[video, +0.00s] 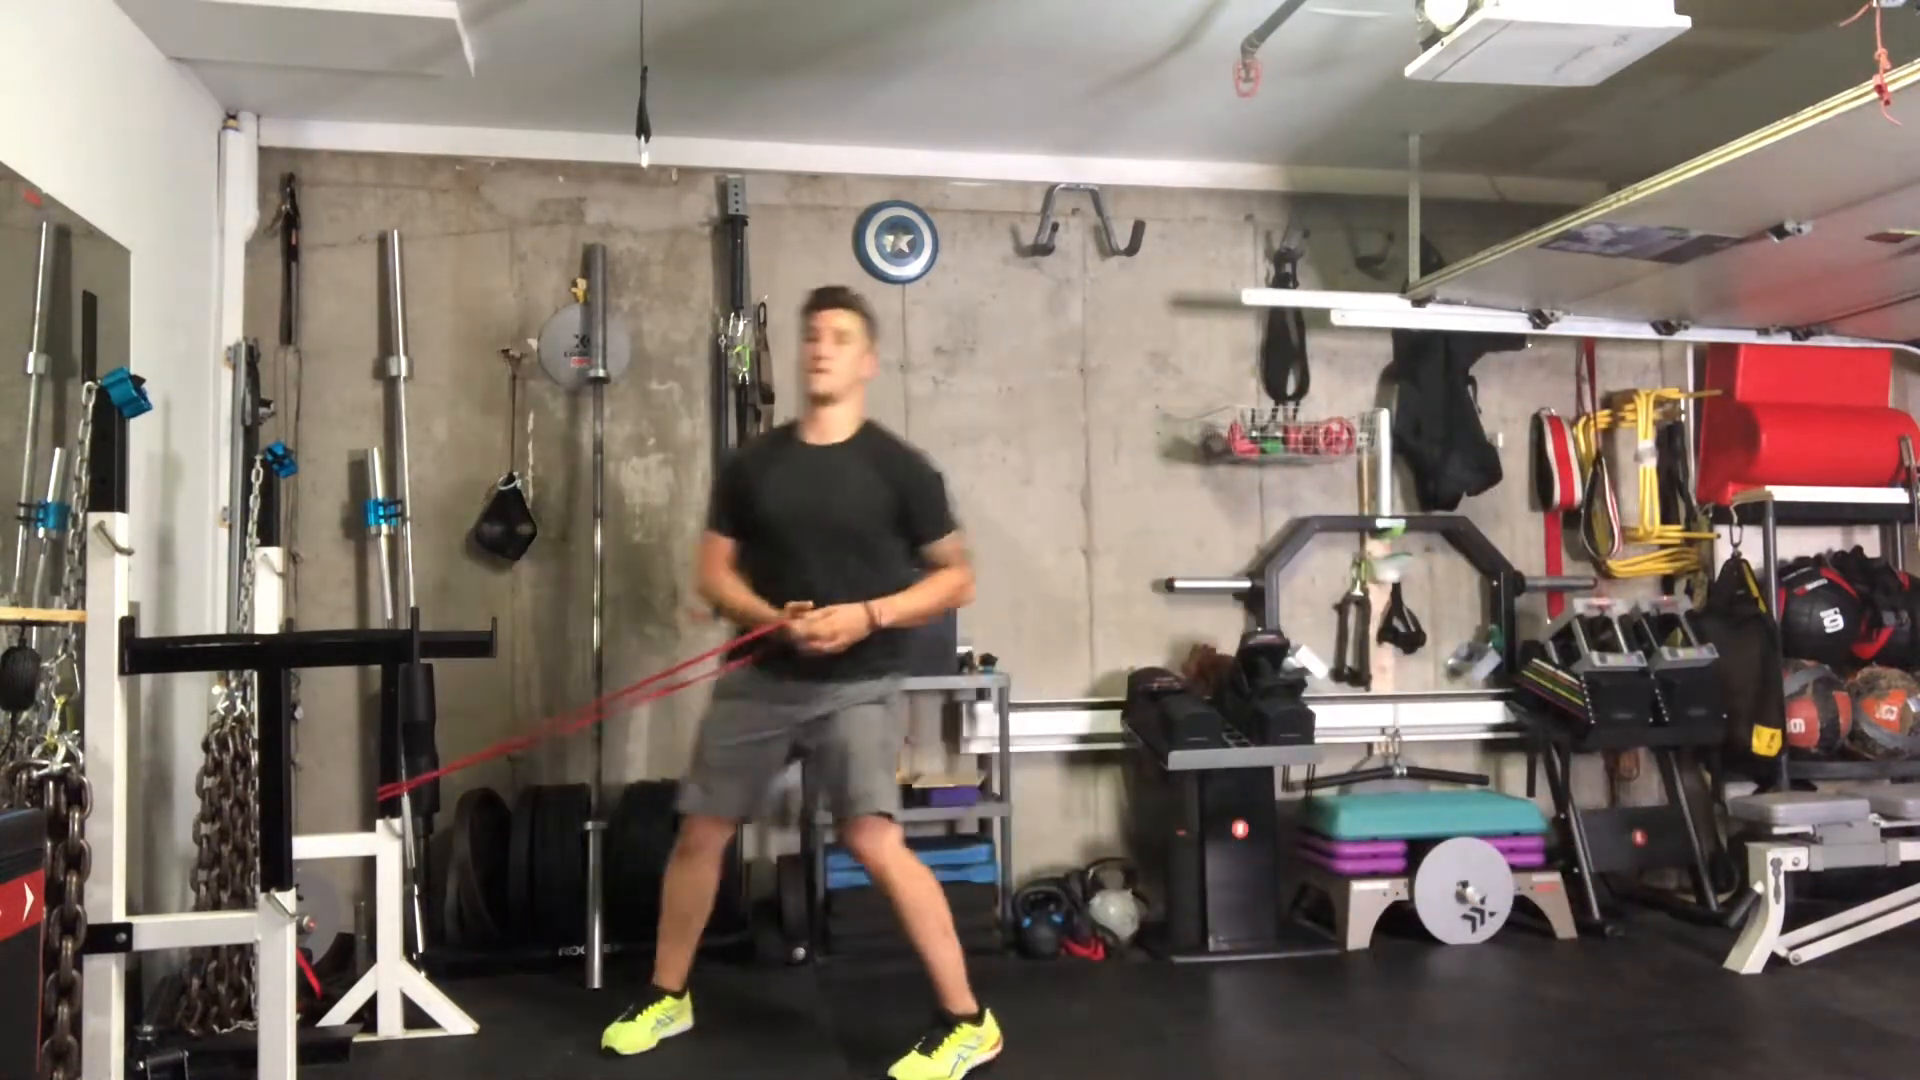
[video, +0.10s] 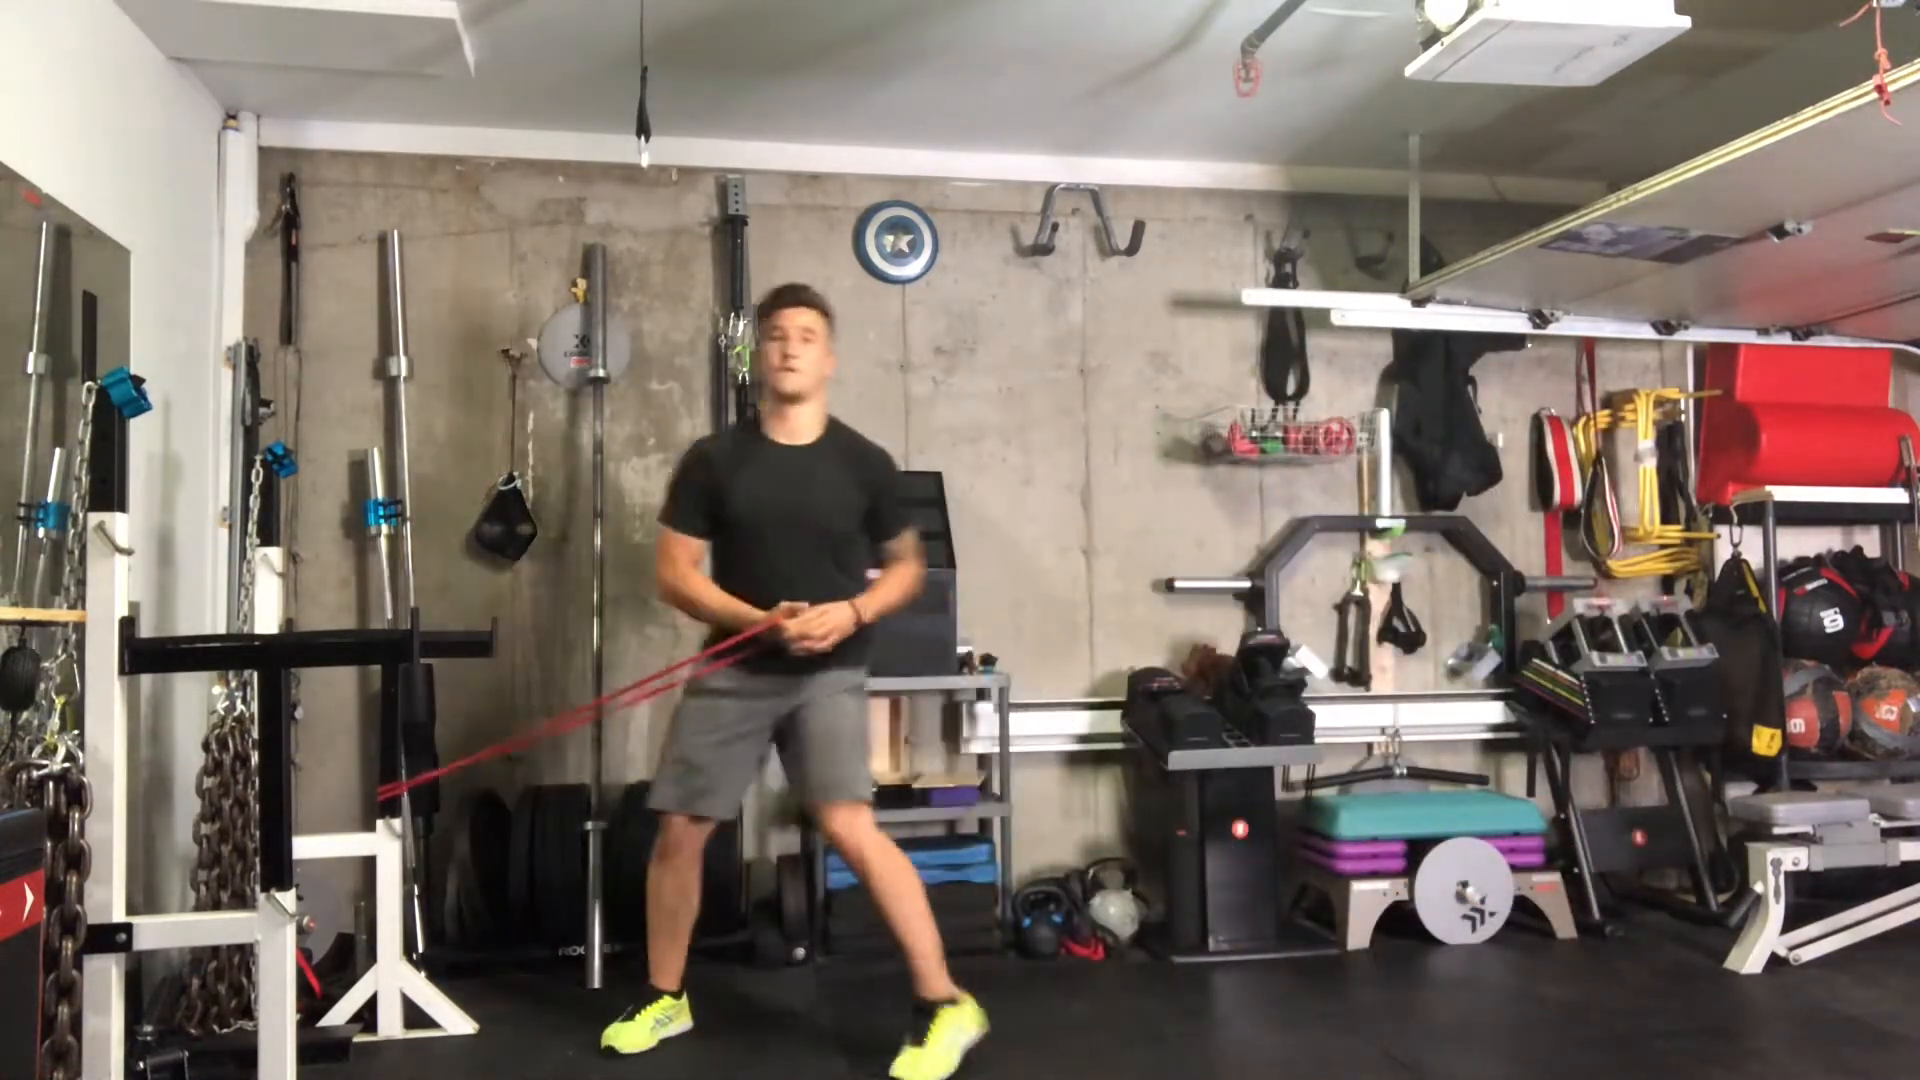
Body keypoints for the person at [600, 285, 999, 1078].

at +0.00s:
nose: (821, 351)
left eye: (838, 340)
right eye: (812, 339)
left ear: (869, 360)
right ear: (797, 356)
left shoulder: (903, 470)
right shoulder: (753, 463)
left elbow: (957, 578)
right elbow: (711, 572)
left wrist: (870, 614)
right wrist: (768, 614)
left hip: (858, 689)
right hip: (757, 685)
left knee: (873, 837)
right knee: (700, 831)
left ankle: (967, 1020)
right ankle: (667, 999)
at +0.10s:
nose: (789, 350)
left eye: (805, 339)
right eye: (776, 339)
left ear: (831, 361)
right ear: (756, 359)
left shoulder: (864, 463)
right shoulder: (711, 462)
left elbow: (907, 569)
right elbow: (676, 577)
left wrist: (852, 612)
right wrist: (762, 619)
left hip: (829, 675)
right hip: (732, 675)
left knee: (846, 823)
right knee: (680, 829)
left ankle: (947, 1004)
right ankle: (666, 999)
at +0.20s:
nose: (767, 345)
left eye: (782, 334)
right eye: (753, 334)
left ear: (806, 354)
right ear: (733, 353)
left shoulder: (844, 455)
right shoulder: (690, 456)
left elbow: (875, 546)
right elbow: (658, 572)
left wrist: (850, 600)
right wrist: (765, 612)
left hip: (814, 670)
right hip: (716, 671)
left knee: (833, 807)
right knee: (674, 823)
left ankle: (877, 988)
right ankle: (665, 997)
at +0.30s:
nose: (755, 348)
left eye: (769, 334)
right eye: (741, 336)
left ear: (792, 350)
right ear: (721, 354)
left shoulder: (833, 451)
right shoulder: (683, 456)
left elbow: (861, 538)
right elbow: (657, 575)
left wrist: (852, 584)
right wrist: (774, 604)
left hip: (806, 668)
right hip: (708, 670)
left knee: (819, 812)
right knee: (672, 828)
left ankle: (820, 970)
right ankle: (665, 997)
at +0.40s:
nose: (755, 351)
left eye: (768, 338)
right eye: (739, 341)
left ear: (791, 352)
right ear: (719, 359)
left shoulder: (832, 453)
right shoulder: (688, 458)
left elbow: (861, 550)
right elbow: (677, 579)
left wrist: (861, 581)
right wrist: (796, 598)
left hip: (802, 671)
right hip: (709, 670)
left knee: (809, 827)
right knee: (670, 827)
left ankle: (807, 979)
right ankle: (665, 996)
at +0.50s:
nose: (762, 354)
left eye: (774, 340)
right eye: (746, 343)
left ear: (797, 355)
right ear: (725, 361)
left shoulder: (837, 455)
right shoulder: (694, 460)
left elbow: (867, 546)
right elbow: (689, 581)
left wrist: (871, 582)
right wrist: (809, 596)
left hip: (805, 676)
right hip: (712, 672)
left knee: (807, 827)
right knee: (673, 824)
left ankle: (803, 982)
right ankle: (665, 995)